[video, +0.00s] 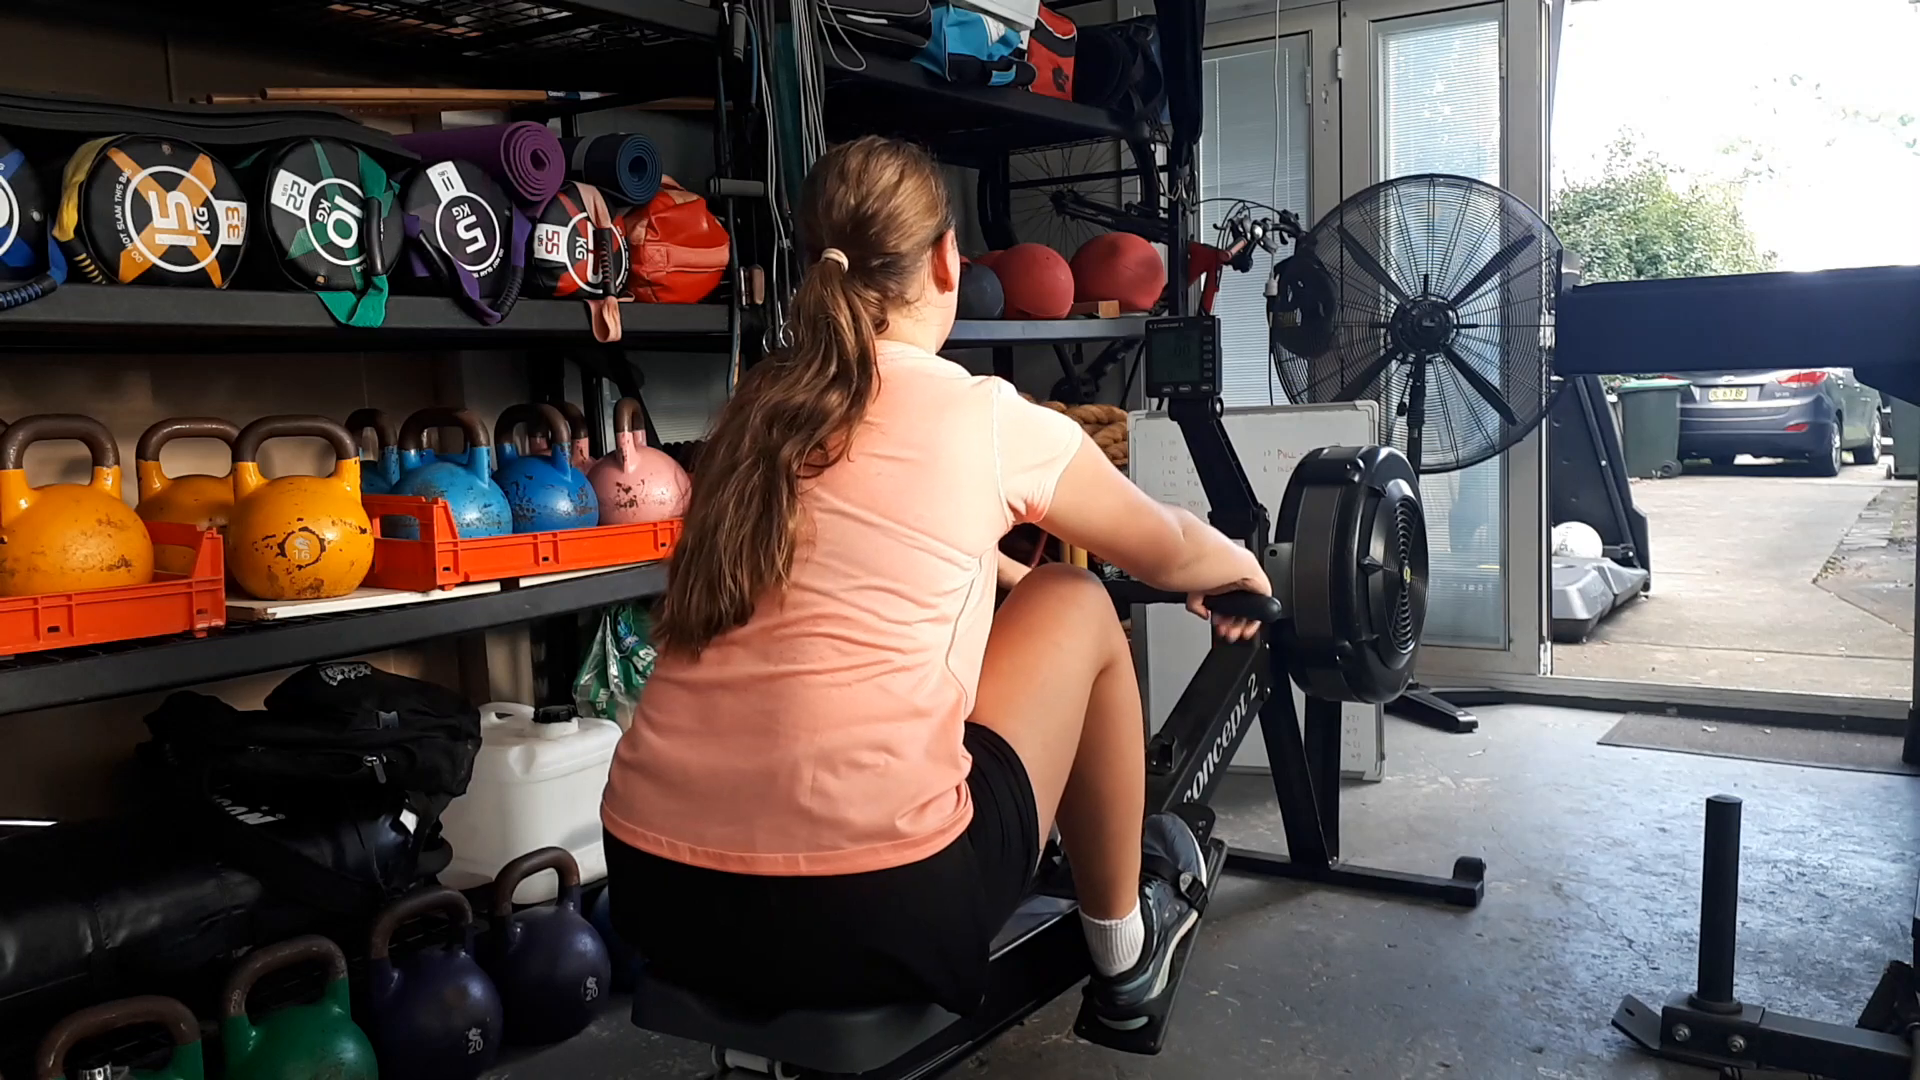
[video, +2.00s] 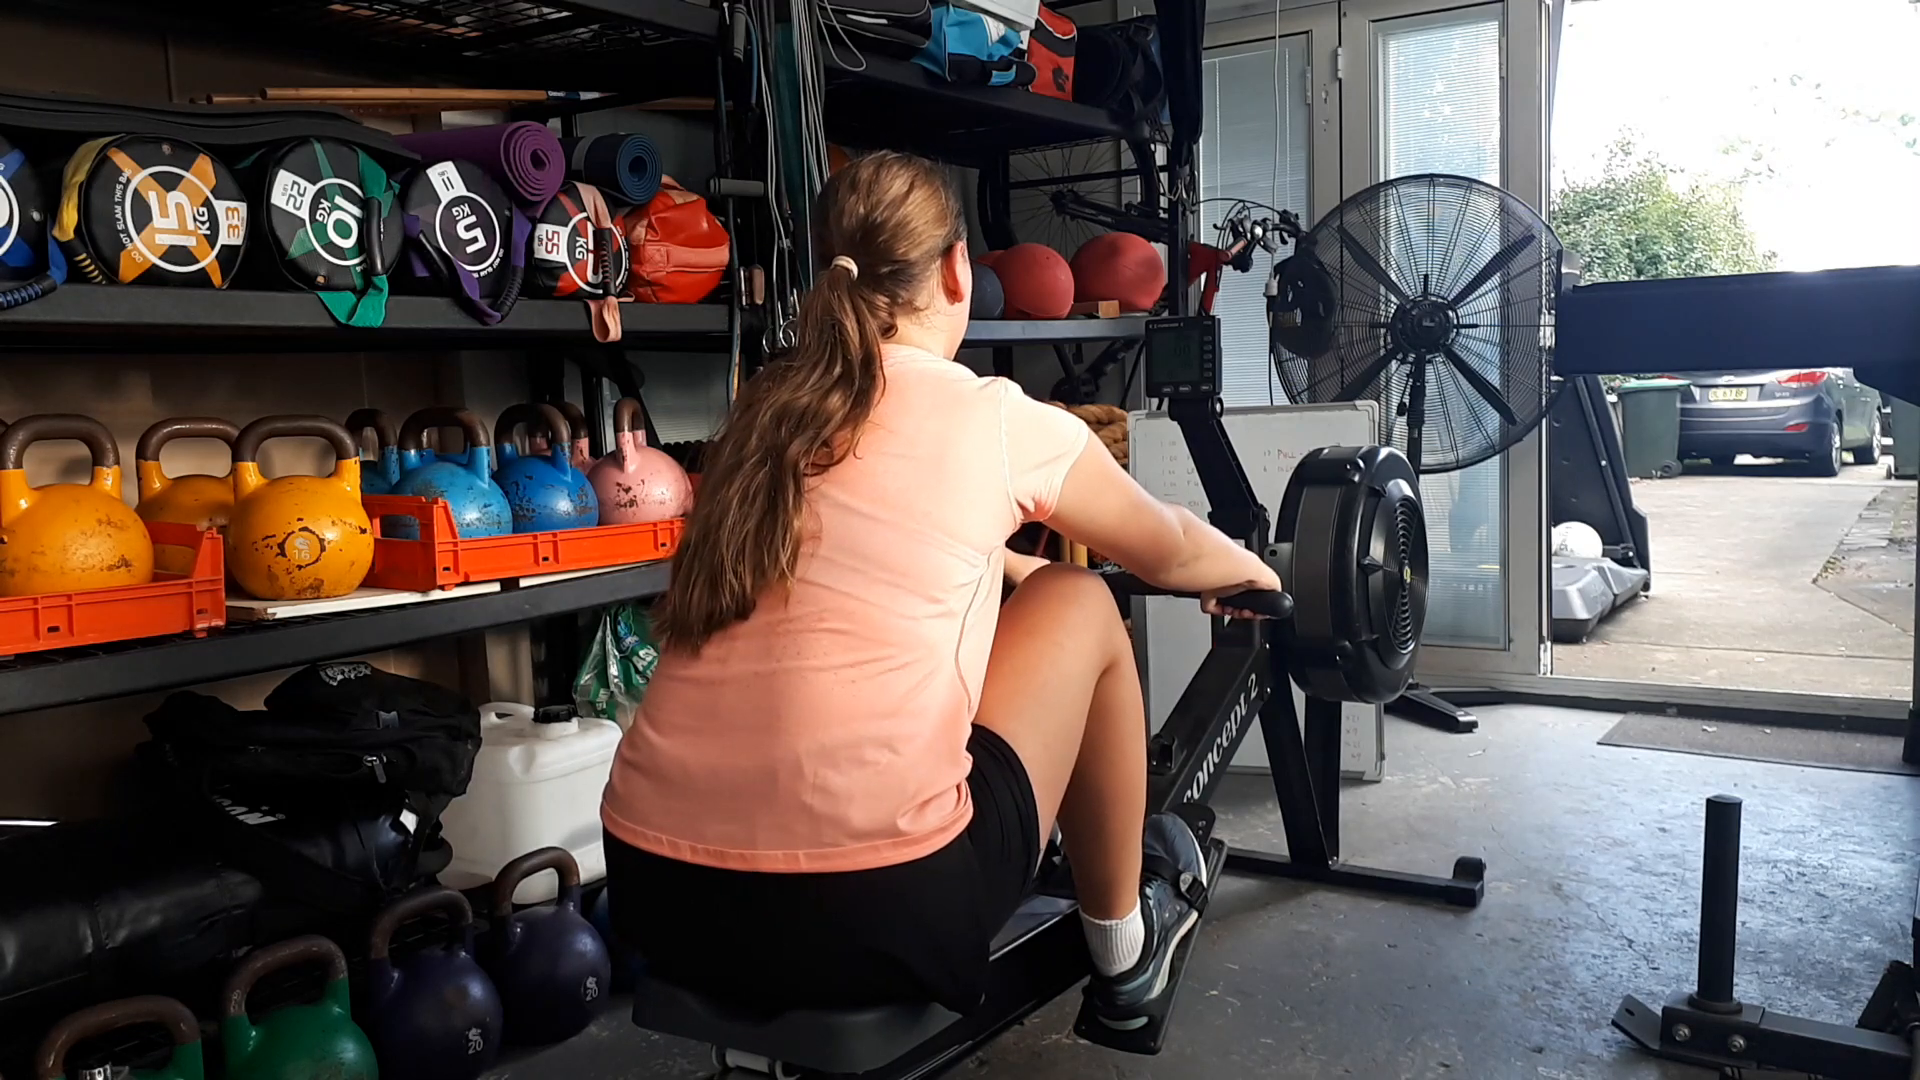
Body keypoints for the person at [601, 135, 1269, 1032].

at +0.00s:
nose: (962, 268)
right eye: (957, 247)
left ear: (812, 270)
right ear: (945, 265)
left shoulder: (755, 405)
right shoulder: (986, 419)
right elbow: (1164, 544)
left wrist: (1025, 581)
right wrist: (1229, 566)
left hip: (665, 905)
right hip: (875, 920)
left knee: (955, 596)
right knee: (1078, 604)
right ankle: (1123, 960)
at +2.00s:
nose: (973, 282)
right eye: (970, 260)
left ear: (828, 281)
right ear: (955, 274)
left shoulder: (763, 408)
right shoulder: (993, 418)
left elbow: (876, 539)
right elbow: (1166, 543)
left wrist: (1047, 579)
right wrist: (1246, 573)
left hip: (665, 909)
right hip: (874, 923)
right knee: (1078, 596)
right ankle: (1122, 961)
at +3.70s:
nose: (857, 248)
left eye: (853, 222)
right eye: (854, 220)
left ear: (699, 235)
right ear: (829, 234)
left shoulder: (629, 403)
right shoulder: (885, 416)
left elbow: (731, 544)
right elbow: (1055, 557)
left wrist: (909, 572)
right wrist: (1143, 560)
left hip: (540, 950)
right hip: (758, 962)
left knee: (842, 642)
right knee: (1041, 640)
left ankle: (955, 897)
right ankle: (1126, 948)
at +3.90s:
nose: (727, 244)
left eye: (726, 214)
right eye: (726, 211)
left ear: (541, 210)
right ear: (688, 214)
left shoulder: (467, 397)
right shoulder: (746, 415)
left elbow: (590, 543)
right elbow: (947, 571)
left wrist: (786, 555)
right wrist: (1049, 556)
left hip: (424, 997)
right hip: (657, 1007)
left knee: (800, 689)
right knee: (1002, 710)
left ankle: (930, 888)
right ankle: (1122, 947)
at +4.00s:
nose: (647, 260)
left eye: (649, 228)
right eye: (646, 225)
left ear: (453, 212)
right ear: (597, 217)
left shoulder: (359, 400)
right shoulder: (640, 414)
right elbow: (879, 591)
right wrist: (987, 567)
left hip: (369, 1005)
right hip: (599, 1022)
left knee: (790, 736)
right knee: (973, 760)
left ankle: (941, 896)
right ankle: (1126, 943)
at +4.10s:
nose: (562, 269)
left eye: (564, 234)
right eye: (560, 232)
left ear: (357, 218)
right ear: (507, 232)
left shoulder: (246, 416)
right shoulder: (525, 434)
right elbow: (811, 644)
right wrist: (922, 591)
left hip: (323, 1035)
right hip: (568, 1035)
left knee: (787, 787)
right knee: (943, 817)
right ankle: (1116, 926)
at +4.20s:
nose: (494, 306)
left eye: (501, 271)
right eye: (497, 266)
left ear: (271, 243)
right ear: (432, 250)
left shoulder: (147, 439)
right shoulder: (424, 457)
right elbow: (750, 737)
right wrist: (850, 628)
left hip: (305, 1035)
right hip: (537, 1034)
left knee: (769, 831)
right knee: (929, 864)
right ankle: (1119, 933)